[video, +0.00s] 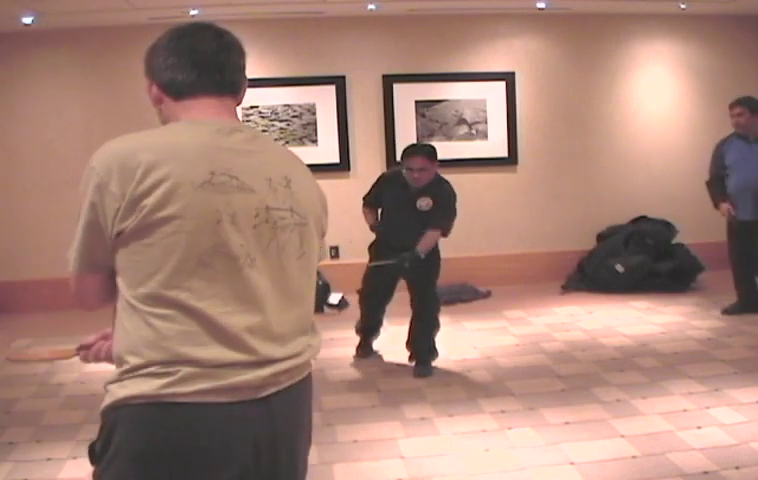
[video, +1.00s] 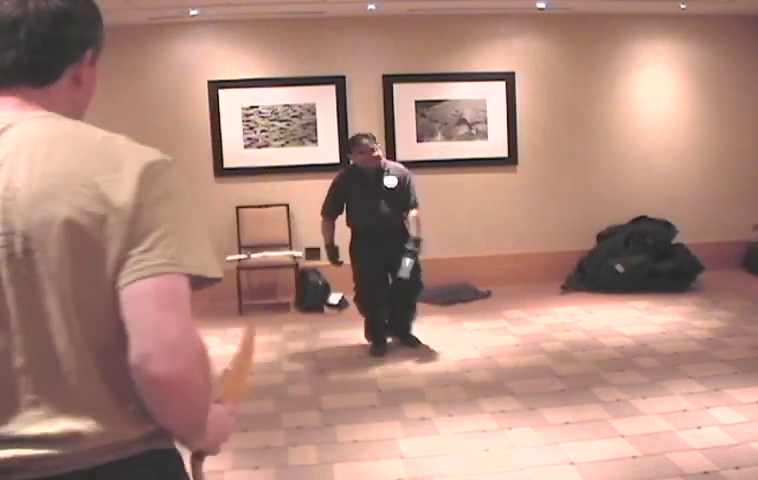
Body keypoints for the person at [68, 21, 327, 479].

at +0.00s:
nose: (147, 100)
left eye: (146, 90)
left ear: (156, 91)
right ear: (241, 90)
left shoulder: (123, 160)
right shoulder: (297, 172)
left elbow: (90, 292)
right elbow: (280, 297)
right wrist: (134, 338)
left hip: (165, 425)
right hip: (284, 418)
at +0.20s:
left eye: (133, 84)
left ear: (143, 90)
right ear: (231, 86)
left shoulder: (92, 168)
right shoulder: (286, 169)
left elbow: (69, 303)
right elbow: (301, 280)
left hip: (136, 436)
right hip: (266, 429)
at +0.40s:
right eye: (197, 78)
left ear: (99, 82)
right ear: (192, 83)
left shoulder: (26, 181)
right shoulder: (258, 179)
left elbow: (10, 335)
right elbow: (291, 330)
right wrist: (204, 332)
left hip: (78, 456)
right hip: (227, 449)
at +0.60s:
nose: (142, 89)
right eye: (142, 78)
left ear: (39, 78)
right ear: (133, 83)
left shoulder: (5, 164)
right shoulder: (186, 182)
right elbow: (263, 355)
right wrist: (220, 397)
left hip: (18, 462)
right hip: (163, 460)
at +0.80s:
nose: (108, 84)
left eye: (109, 68)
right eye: (110, 69)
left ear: (6, 59)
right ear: (95, 71)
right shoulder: (147, 175)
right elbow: (194, 360)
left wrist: (218, 419)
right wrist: (222, 422)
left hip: (12, 462)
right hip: (131, 458)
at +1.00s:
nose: (97, 82)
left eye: (98, 64)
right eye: (98, 64)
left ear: (7, 57)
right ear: (82, 67)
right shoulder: (128, 173)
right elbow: (162, 358)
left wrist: (197, 428)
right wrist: (201, 427)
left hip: (8, 462)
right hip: (116, 461)